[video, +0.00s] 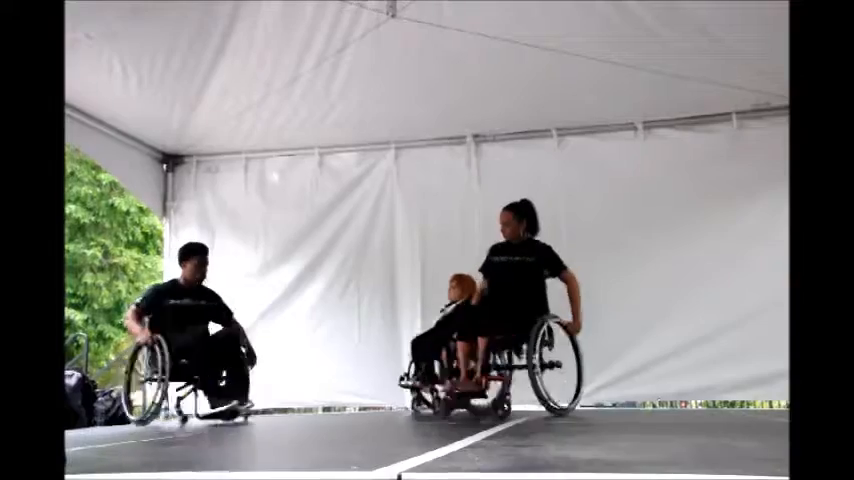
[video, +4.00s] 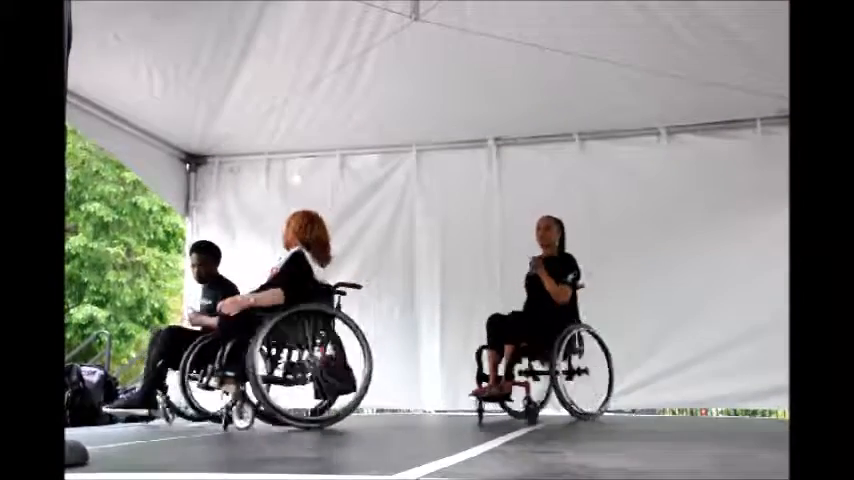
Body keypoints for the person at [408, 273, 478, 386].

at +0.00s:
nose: (449, 290)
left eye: (453, 287)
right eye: (450, 286)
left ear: (462, 290)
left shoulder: (464, 309)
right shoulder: (453, 306)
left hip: (443, 336)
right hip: (438, 333)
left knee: (419, 344)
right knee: (418, 342)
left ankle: (426, 375)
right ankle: (423, 374)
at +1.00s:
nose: (373, 280)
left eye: (378, 277)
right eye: (371, 276)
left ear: (388, 281)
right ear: (368, 279)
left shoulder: (393, 300)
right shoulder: (364, 301)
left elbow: (411, 321)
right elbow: (362, 325)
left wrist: (405, 332)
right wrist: (345, 336)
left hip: (386, 337)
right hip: (367, 335)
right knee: (352, 340)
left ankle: (366, 374)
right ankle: (358, 373)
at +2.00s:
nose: (331, 261)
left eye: (337, 257)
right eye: (328, 256)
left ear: (350, 261)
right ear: (325, 260)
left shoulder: (360, 281)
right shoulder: (322, 281)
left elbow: (370, 300)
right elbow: (300, 301)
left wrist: (376, 307)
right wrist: (301, 273)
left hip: (354, 318)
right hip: (331, 318)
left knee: (344, 332)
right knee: (319, 327)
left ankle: (345, 368)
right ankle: (329, 366)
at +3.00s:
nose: (310, 248)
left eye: (318, 245)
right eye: (308, 242)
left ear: (331, 253)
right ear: (303, 246)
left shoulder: (340, 271)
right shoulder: (293, 274)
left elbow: (370, 286)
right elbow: (284, 306)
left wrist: (359, 258)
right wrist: (275, 324)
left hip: (334, 318)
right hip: (305, 319)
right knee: (294, 320)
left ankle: (323, 373)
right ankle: (303, 370)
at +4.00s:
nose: (284, 232)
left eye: (287, 227)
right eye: (286, 227)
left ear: (295, 230)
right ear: (315, 232)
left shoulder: (298, 257)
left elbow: (283, 293)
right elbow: (285, 292)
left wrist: (244, 301)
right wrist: (244, 300)